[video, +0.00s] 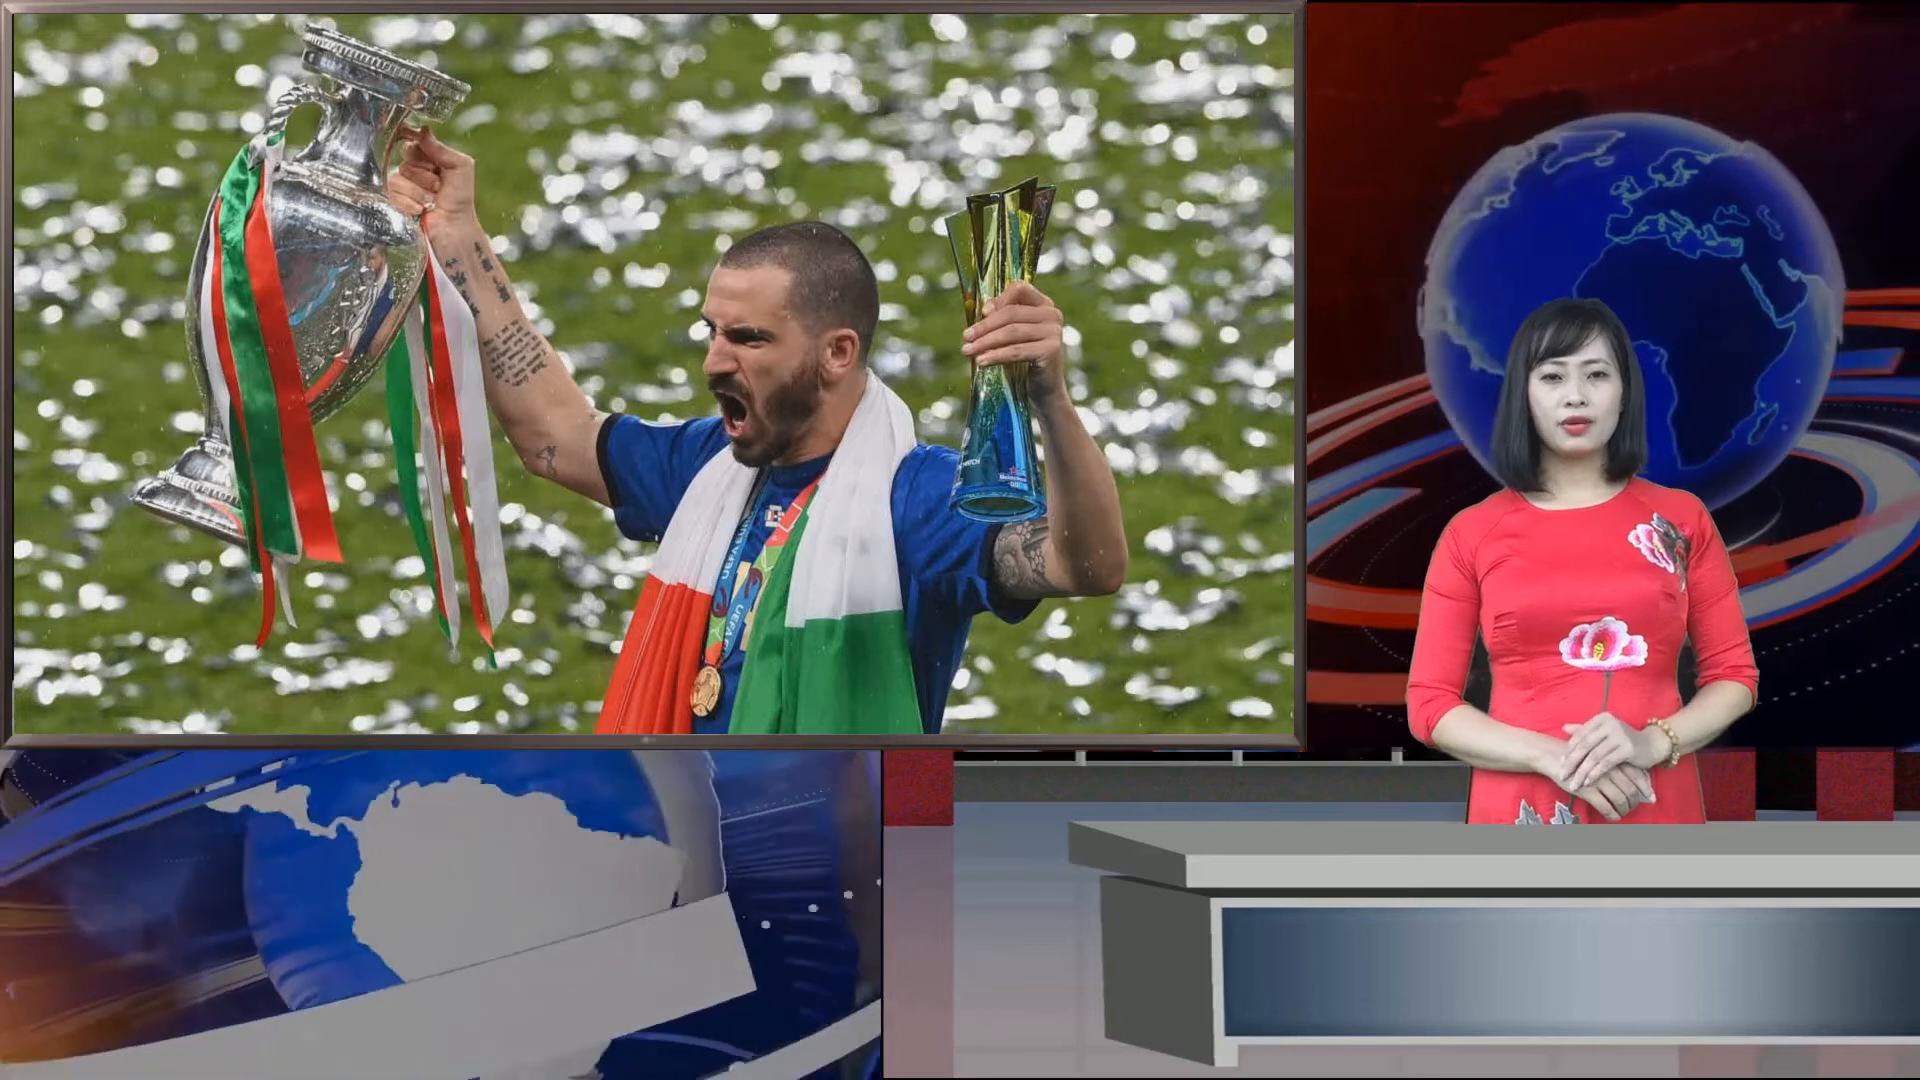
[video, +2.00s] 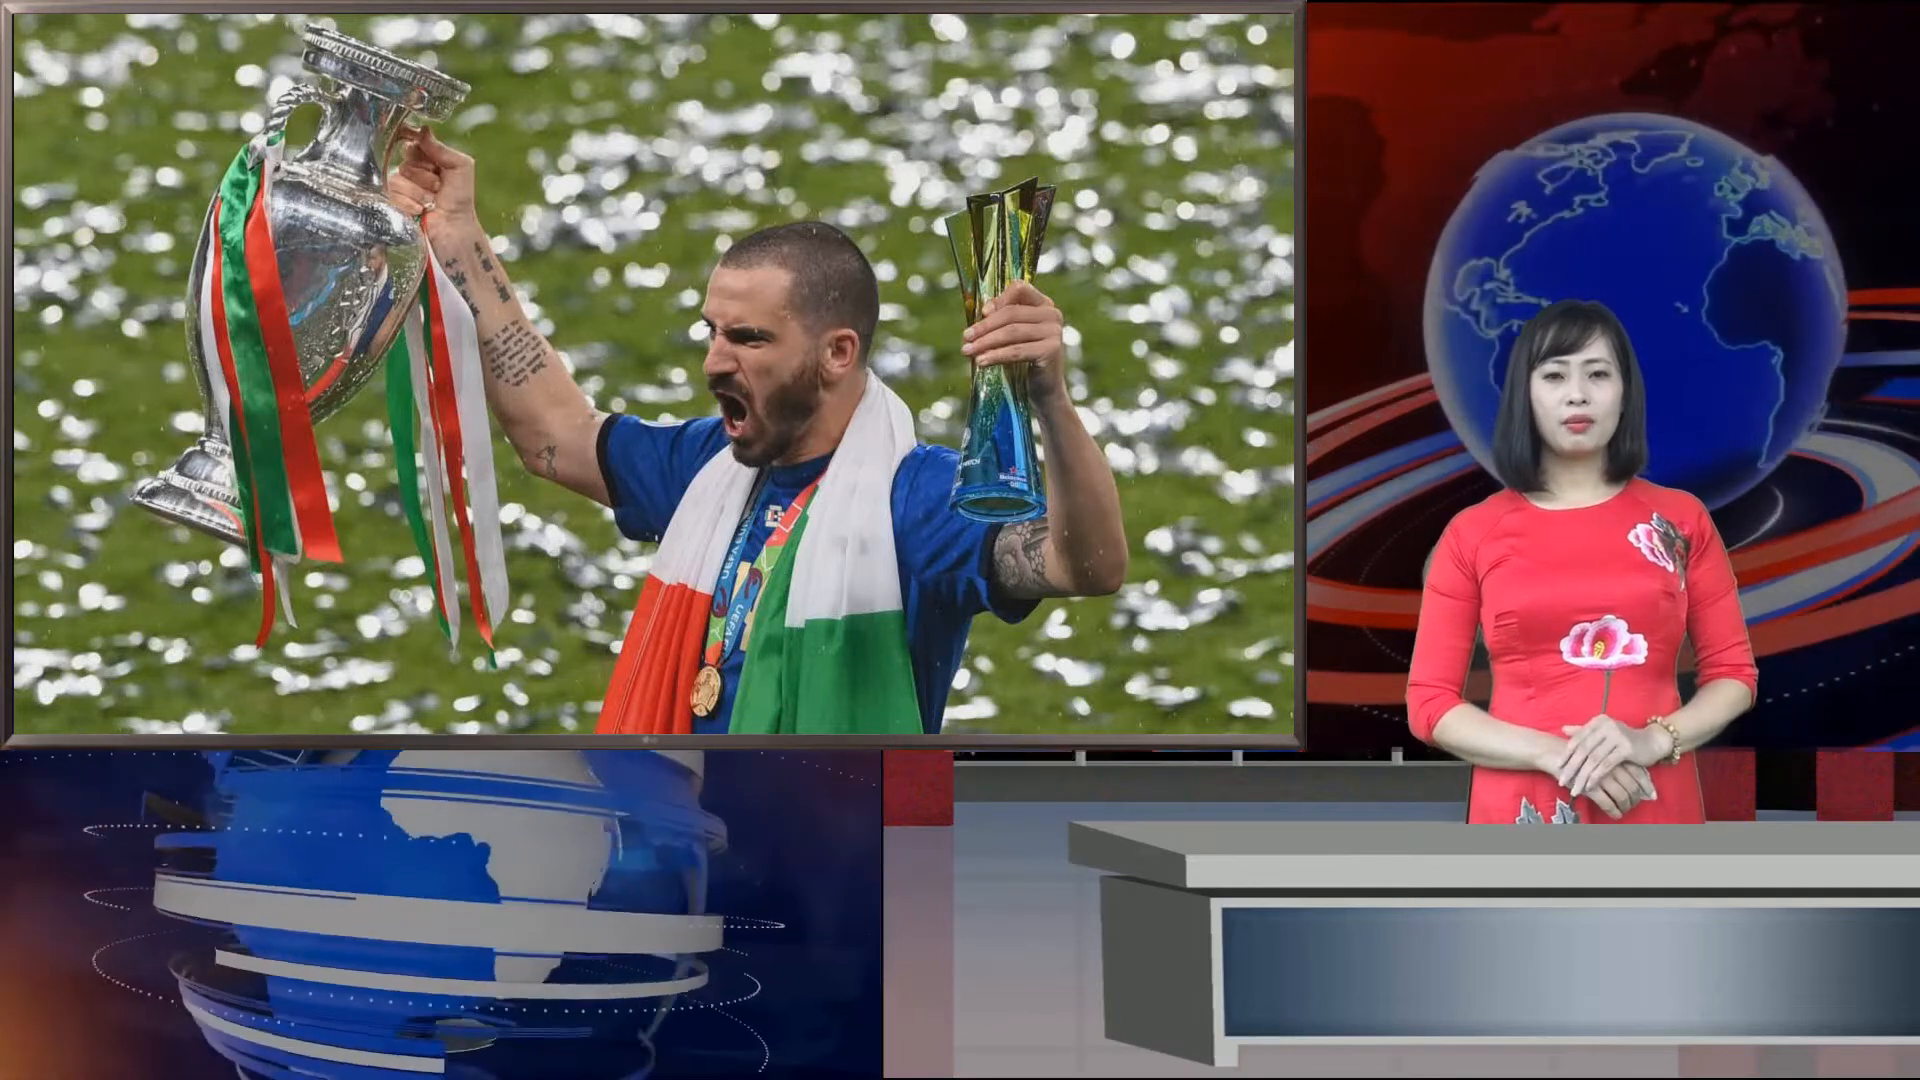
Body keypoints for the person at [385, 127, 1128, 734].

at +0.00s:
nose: (714, 361)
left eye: (747, 339)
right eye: (712, 333)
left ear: (839, 355)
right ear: (705, 327)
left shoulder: (915, 493)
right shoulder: (702, 465)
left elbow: (1090, 563)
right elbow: (557, 438)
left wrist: (1049, 398)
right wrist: (465, 253)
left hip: (832, 907)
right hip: (671, 893)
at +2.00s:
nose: (713, 362)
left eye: (747, 339)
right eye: (711, 333)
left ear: (838, 355)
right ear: (705, 327)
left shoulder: (914, 493)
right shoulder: (703, 466)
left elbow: (1090, 563)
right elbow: (557, 438)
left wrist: (1049, 399)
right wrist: (464, 252)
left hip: (834, 908)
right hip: (672, 894)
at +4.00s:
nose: (714, 362)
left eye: (747, 339)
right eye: (712, 333)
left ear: (839, 355)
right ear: (705, 327)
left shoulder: (914, 493)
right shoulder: (703, 466)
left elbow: (1089, 563)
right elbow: (557, 438)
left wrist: (1049, 399)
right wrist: (465, 254)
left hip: (829, 902)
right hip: (672, 894)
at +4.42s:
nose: (714, 362)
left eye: (747, 339)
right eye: (712, 333)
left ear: (839, 355)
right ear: (705, 327)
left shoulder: (914, 493)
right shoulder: (703, 466)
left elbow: (1089, 563)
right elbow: (557, 438)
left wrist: (1049, 399)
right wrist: (465, 254)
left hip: (827, 908)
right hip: (672, 898)